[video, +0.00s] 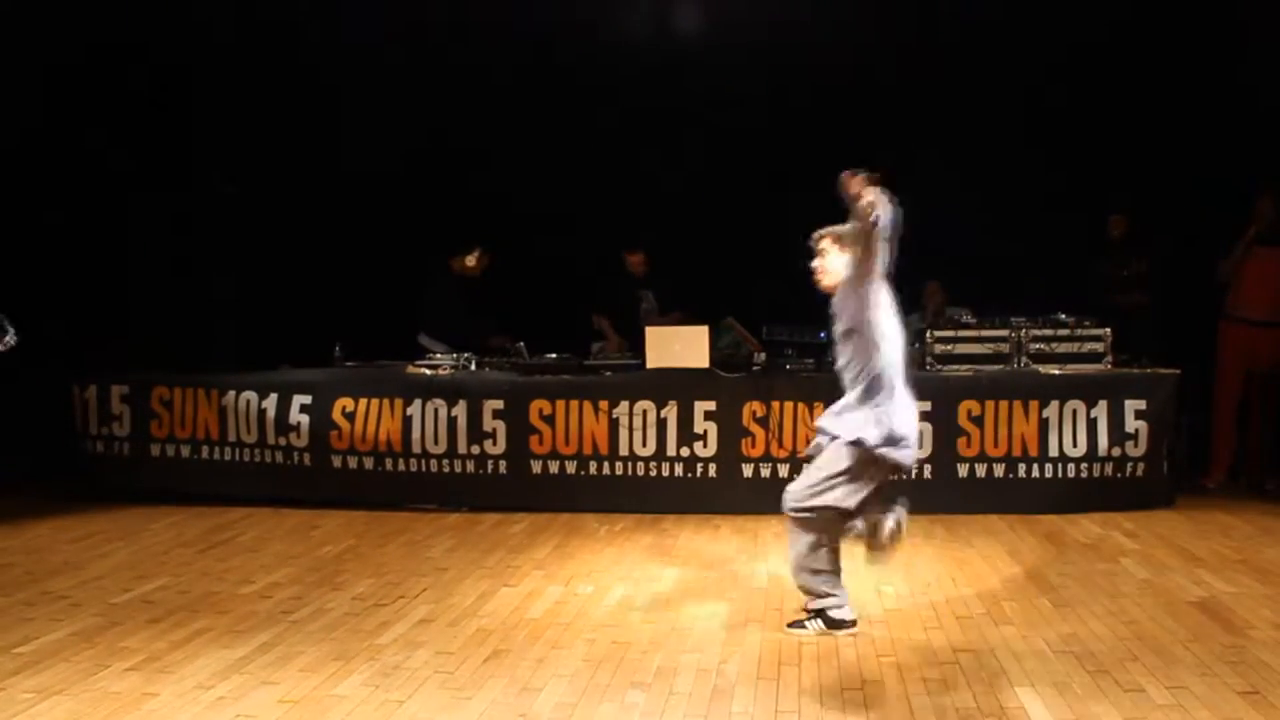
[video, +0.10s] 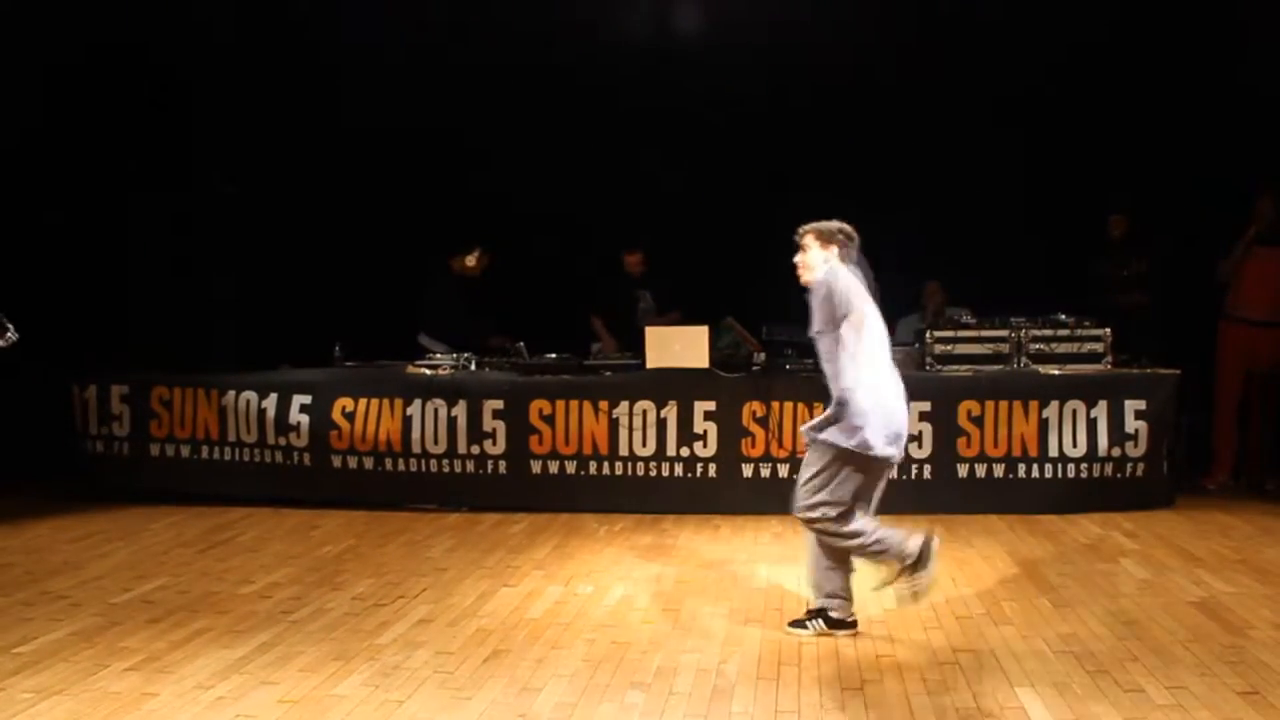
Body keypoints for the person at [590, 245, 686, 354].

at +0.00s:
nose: (638, 268)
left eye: (641, 264)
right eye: (633, 264)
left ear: (646, 263)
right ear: (626, 264)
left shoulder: (658, 283)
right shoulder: (618, 286)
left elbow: (677, 315)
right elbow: (601, 316)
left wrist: (658, 323)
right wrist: (613, 340)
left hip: (659, 340)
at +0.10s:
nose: (635, 269)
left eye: (638, 264)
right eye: (631, 264)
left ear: (643, 264)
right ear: (624, 265)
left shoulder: (655, 284)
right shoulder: (615, 286)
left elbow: (675, 314)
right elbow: (596, 317)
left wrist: (657, 324)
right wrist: (607, 341)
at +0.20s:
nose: (632, 269)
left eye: (636, 265)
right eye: (629, 265)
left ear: (642, 264)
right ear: (622, 265)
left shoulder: (654, 284)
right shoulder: (613, 287)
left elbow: (675, 314)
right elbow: (596, 320)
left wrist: (655, 324)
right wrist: (612, 343)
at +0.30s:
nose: (630, 270)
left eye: (634, 266)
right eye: (626, 266)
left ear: (640, 263)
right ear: (619, 264)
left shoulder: (653, 282)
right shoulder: (611, 286)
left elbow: (675, 313)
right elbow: (597, 321)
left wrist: (654, 325)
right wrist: (615, 342)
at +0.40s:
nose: (630, 270)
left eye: (633, 266)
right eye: (626, 266)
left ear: (640, 263)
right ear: (619, 264)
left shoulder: (653, 283)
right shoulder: (610, 285)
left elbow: (676, 313)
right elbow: (595, 319)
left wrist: (654, 325)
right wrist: (612, 340)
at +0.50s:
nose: (632, 269)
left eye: (635, 265)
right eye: (628, 266)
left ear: (641, 263)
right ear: (621, 264)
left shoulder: (654, 282)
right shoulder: (611, 285)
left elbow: (676, 313)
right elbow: (593, 318)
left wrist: (654, 324)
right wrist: (609, 341)